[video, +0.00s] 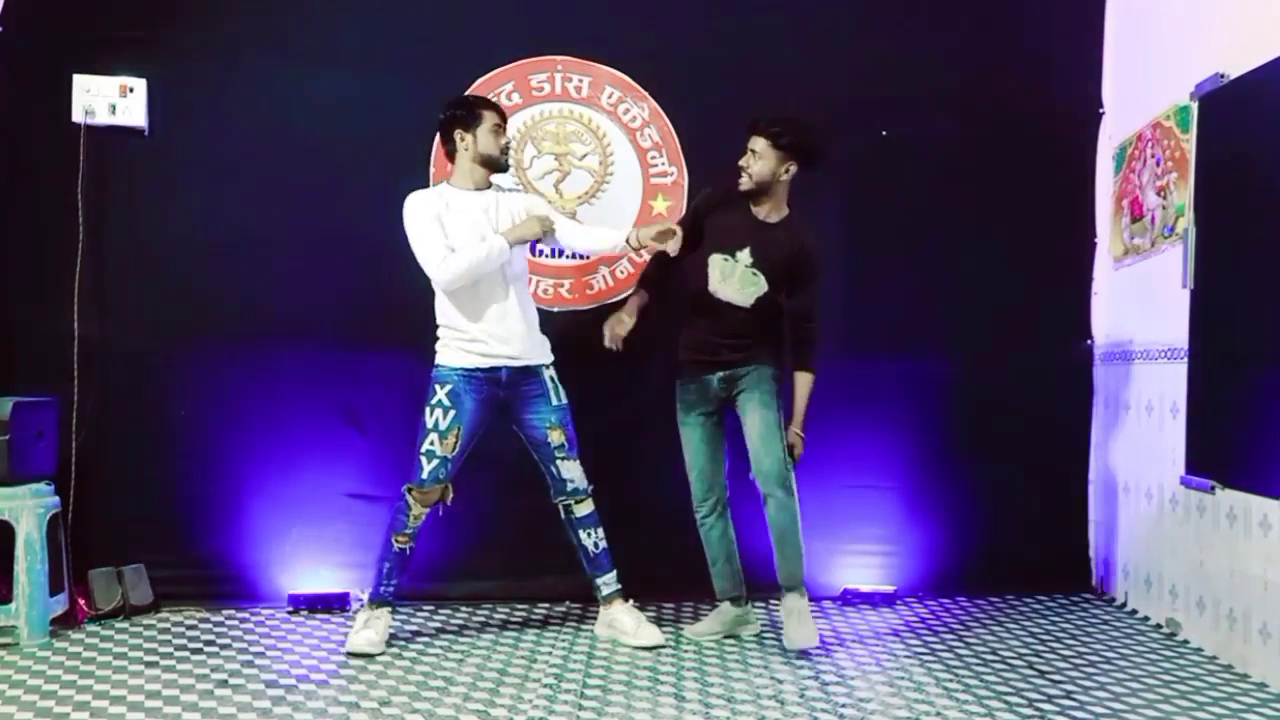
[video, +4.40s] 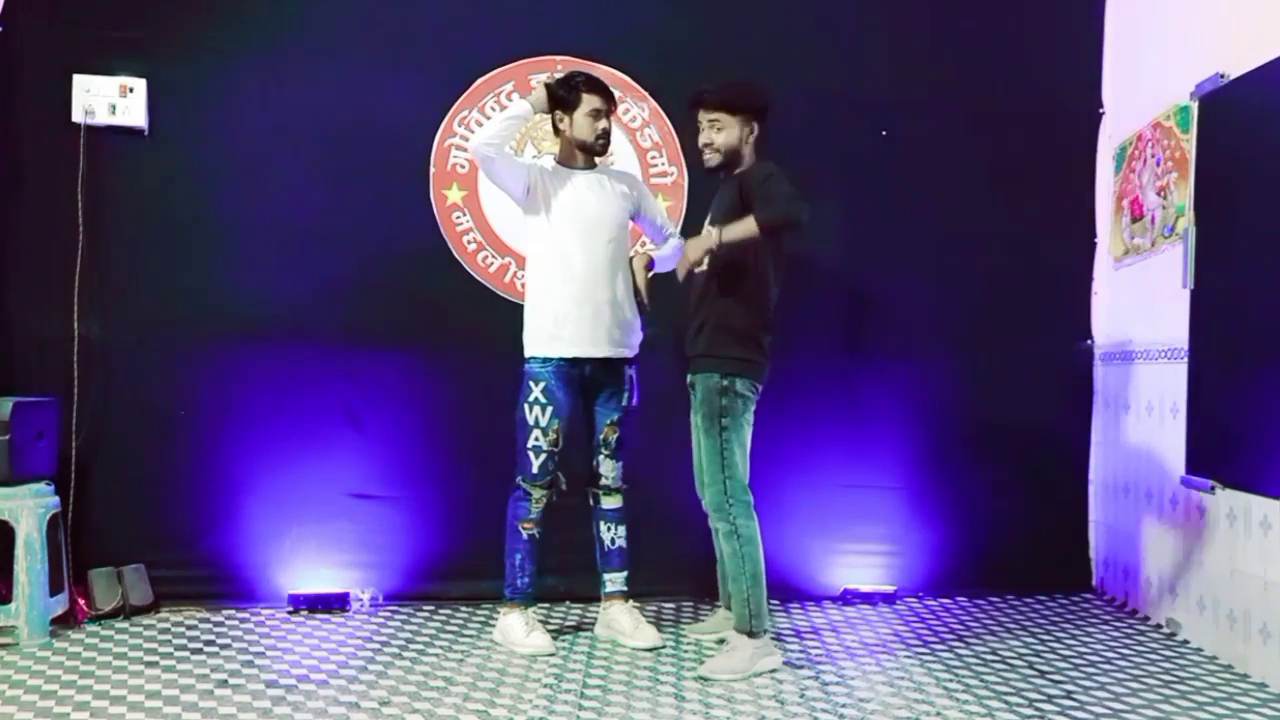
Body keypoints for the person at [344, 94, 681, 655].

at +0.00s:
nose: (506, 141)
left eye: (505, 131)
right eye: (496, 131)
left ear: (477, 140)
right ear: (460, 138)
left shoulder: (515, 199)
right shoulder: (423, 204)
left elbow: (570, 234)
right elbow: (446, 273)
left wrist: (632, 238)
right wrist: (513, 237)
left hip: (531, 365)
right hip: (462, 368)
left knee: (572, 481)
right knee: (425, 485)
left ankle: (613, 604)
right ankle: (378, 607)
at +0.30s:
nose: (573, 145)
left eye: (573, 136)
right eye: (564, 135)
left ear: (554, 142)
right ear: (529, 138)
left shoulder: (574, 210)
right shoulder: (486, 198)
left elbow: (596, 286)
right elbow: (490, 270)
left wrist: (612, 295)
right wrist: (569, 242)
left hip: (561, 370)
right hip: (492, 371)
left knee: (604, 480)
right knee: (442, 486)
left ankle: (615, 606)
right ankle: (380, 607)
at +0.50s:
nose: (617, 133)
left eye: (618, 125)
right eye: (607, 123)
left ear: (591, 133)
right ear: (571, 128)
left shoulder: (614, 207)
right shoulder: (525, 188)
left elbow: (624, 272)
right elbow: (483, 262)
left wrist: (634, 308)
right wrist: (556, 273)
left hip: (598, 362)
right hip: (532, 360)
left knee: (613, 481)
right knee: (493, 479)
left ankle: (616, 605)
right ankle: (445, 603)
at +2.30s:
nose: (624, 131)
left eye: (630, 123)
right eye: (614, 119)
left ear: (632, 127)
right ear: (583, 116)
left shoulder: (638, 185)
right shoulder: (548, 176)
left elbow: (678, 253)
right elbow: (489, 249)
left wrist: (657, 262)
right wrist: (530, 195)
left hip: (628, 351)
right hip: (564, 350)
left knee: (617, 481)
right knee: (544, 480)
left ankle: (616, 605)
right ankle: (516, 611)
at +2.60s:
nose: (593, 151)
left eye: (601, 140)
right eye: (582, 142)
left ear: (617, 128)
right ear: (561, 132)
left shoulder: (644, 188)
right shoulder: (550, 181)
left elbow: (689, 250)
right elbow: (494, 161)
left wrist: (663, 259)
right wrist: (542, 116)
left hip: (625, 352)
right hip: (560, 350)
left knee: (617, 479)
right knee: (543, 478)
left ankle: (615, 604)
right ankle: (516, 610)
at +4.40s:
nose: (606, 125)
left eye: (608, 115)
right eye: (595, 115)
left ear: (605, 120)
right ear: (560, 120)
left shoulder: (626, 182)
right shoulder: (536, 179)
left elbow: (670, 243)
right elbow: (485, 153)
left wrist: (656, 259)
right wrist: (532, 115)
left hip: (615, 350)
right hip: (552, 349)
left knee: (610, 477)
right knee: (538, 478)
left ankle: (615, 604)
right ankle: (515, 611)